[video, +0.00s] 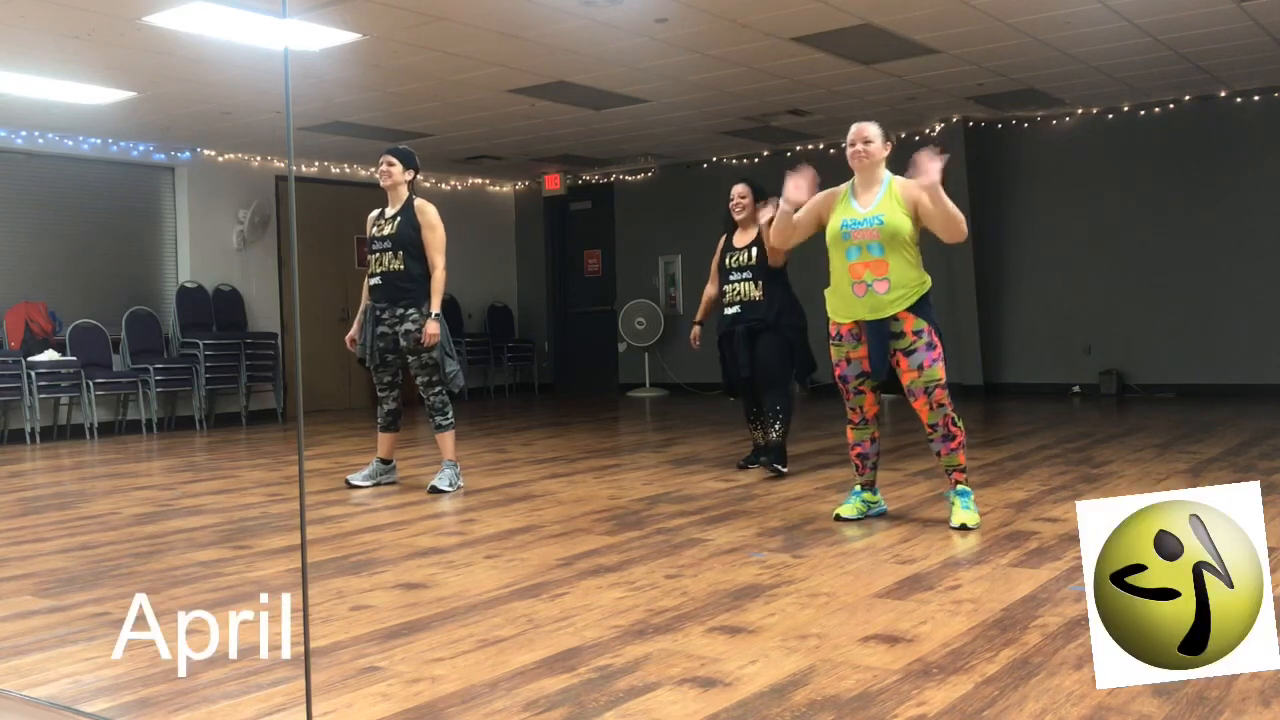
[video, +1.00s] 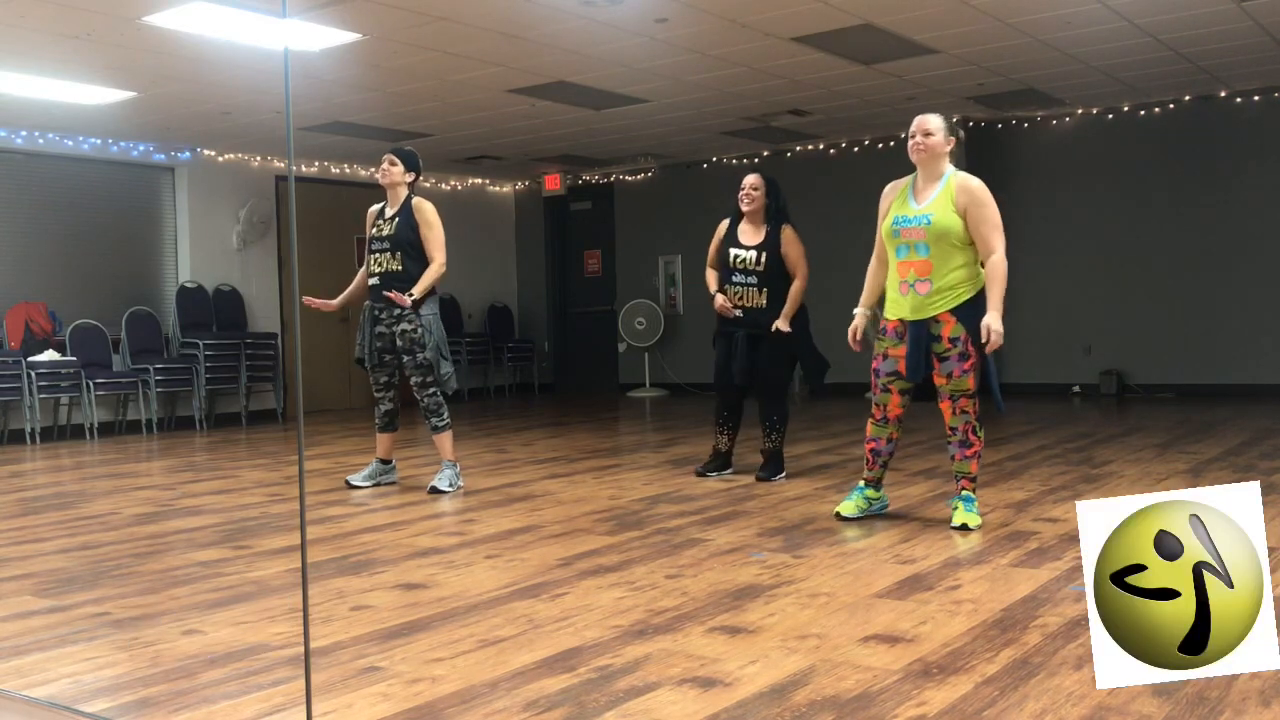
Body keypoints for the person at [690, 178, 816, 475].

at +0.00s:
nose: (736, 202)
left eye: (742, 197)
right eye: (732, 199)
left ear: (757, 201)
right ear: (728, 206)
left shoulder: (769, 232)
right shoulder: (726, 240)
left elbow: (778, 260)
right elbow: (713, 285)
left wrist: (767, 225)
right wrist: (698, 321)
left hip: (772, 322)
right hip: (737, 326)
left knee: (774, 382)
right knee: (748, 385)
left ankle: (776, 450)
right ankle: (759, 447)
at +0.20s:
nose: (738, 202)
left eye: (745, 198)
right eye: (735, 198)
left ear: (759, 203)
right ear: (731, 205)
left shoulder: (773, 235)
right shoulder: (726, 240)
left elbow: (784, 270)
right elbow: (713, 282)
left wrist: (746, 280)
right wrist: (697, 313)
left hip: (770, 327)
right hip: (736, 328)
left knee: (770, 387)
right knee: (746, 387)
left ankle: (773, 454)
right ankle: (759, 447)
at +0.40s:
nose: (741, 199)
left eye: (748, 194)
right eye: (737, 194)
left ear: (762, 200)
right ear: (733, 201)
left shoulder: (776, 235)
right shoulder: (726, 236)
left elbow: (794, 274)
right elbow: (708, 276)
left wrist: (774, 313)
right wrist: (725, 277)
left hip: (770, 328)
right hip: (736, 330)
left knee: (770, 389)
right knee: (747, 389)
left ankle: (774, 456)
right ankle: (759, 447)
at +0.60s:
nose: (745, 193)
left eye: (752, 189)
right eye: (742, 188)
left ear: (766, 196)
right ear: (737, 196)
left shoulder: (782, 231)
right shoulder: (728, 231)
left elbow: (805, 270)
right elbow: (710, 271)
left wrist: (788, 311)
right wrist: (729, 288)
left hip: (773, 326)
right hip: (737, 327)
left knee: (771, 388)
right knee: (741, 386)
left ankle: (774, 455)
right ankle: (756, 442)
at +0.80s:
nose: (747, 192)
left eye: (755, 188)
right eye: (745, 188)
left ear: (770, 197)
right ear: (739, 196)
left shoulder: (783, 235)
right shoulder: (729, 230)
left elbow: (806, 278)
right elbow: (715, 270)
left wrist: (789, 320)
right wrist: (720, 298)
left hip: (773, 330)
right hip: (736, 329)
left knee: (772, 392)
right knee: (725, 384)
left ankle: (774, 458)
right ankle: (742, 446)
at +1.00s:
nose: (746, 193)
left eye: (753, 189)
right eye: (742, 188)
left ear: (768, 197)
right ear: (738, 195)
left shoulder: (783, 233)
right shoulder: (727, 227)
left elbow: (800, 276)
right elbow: (711, 267)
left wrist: (785, 317)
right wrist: (715, 294)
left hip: (771, 332)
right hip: (732, 331)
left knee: (772, 395)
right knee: (727, 393)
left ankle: (773, 460)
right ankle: (721, 456)